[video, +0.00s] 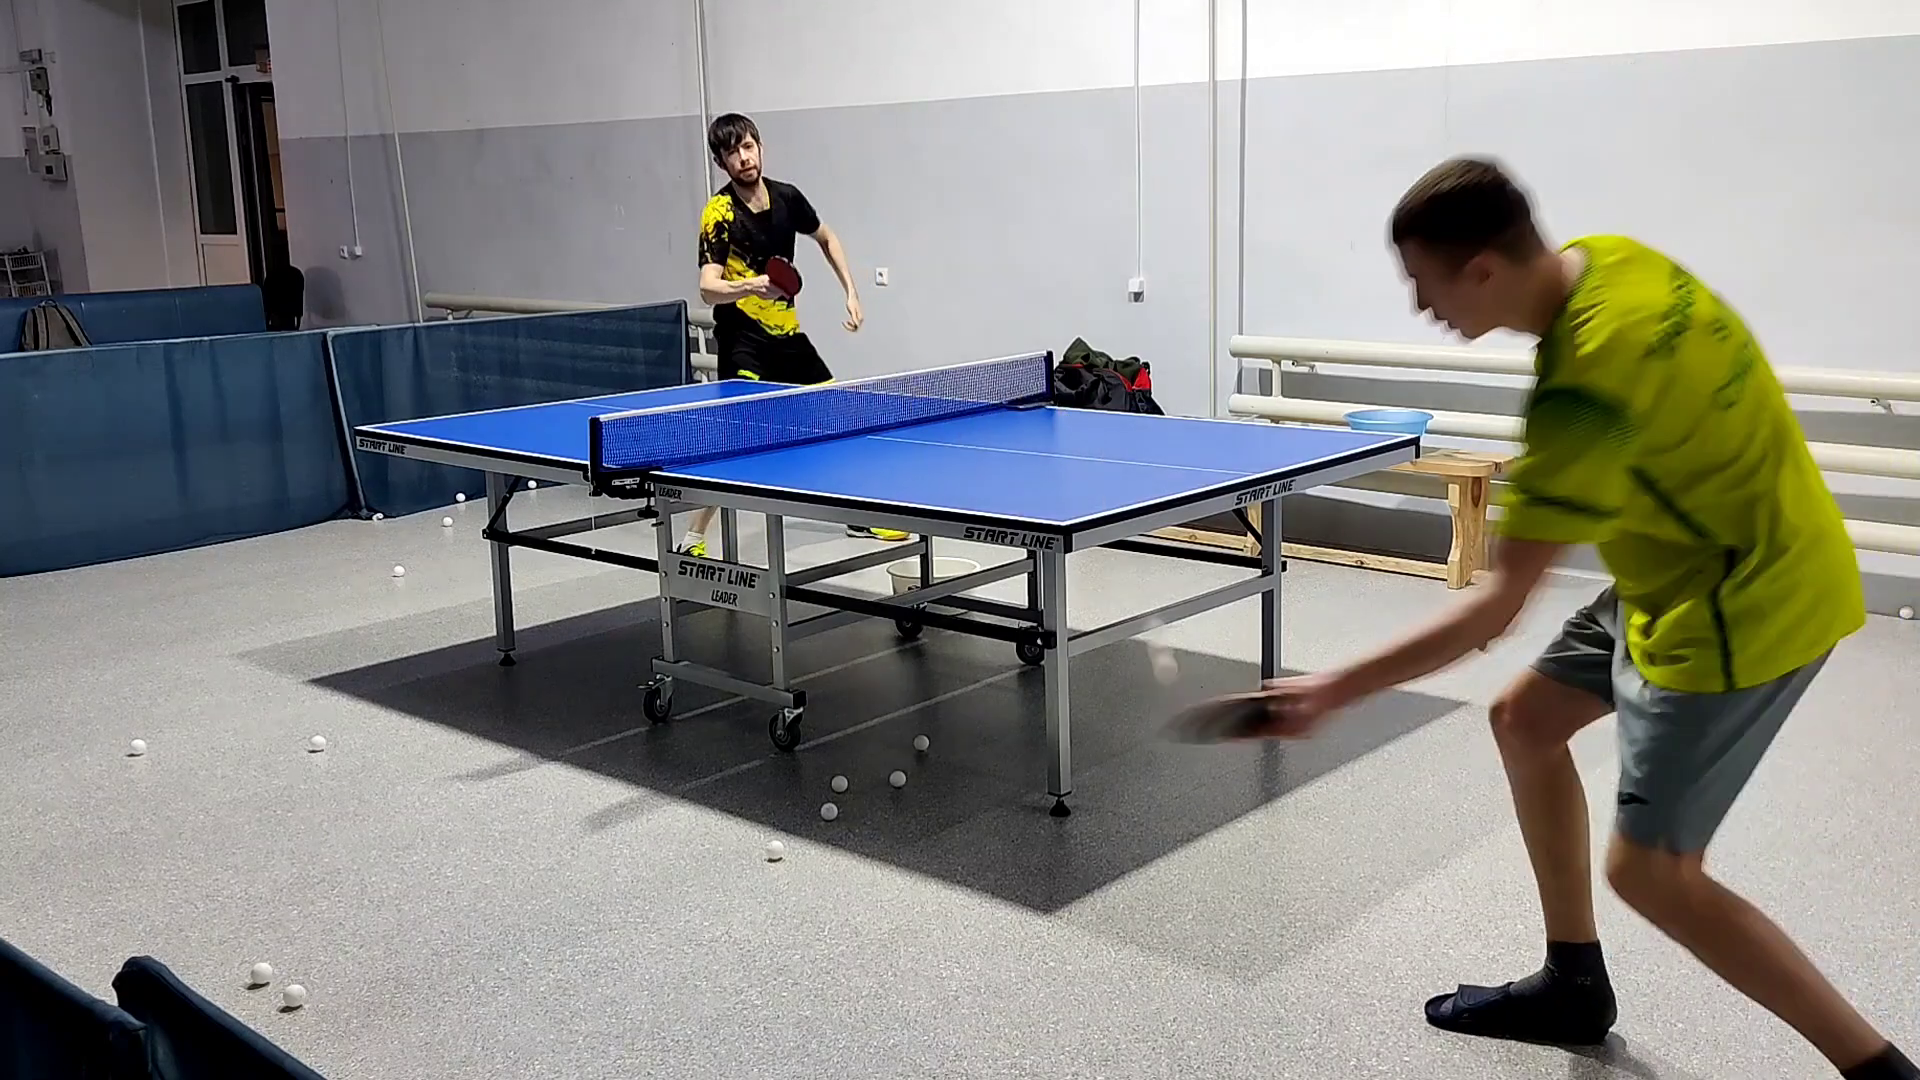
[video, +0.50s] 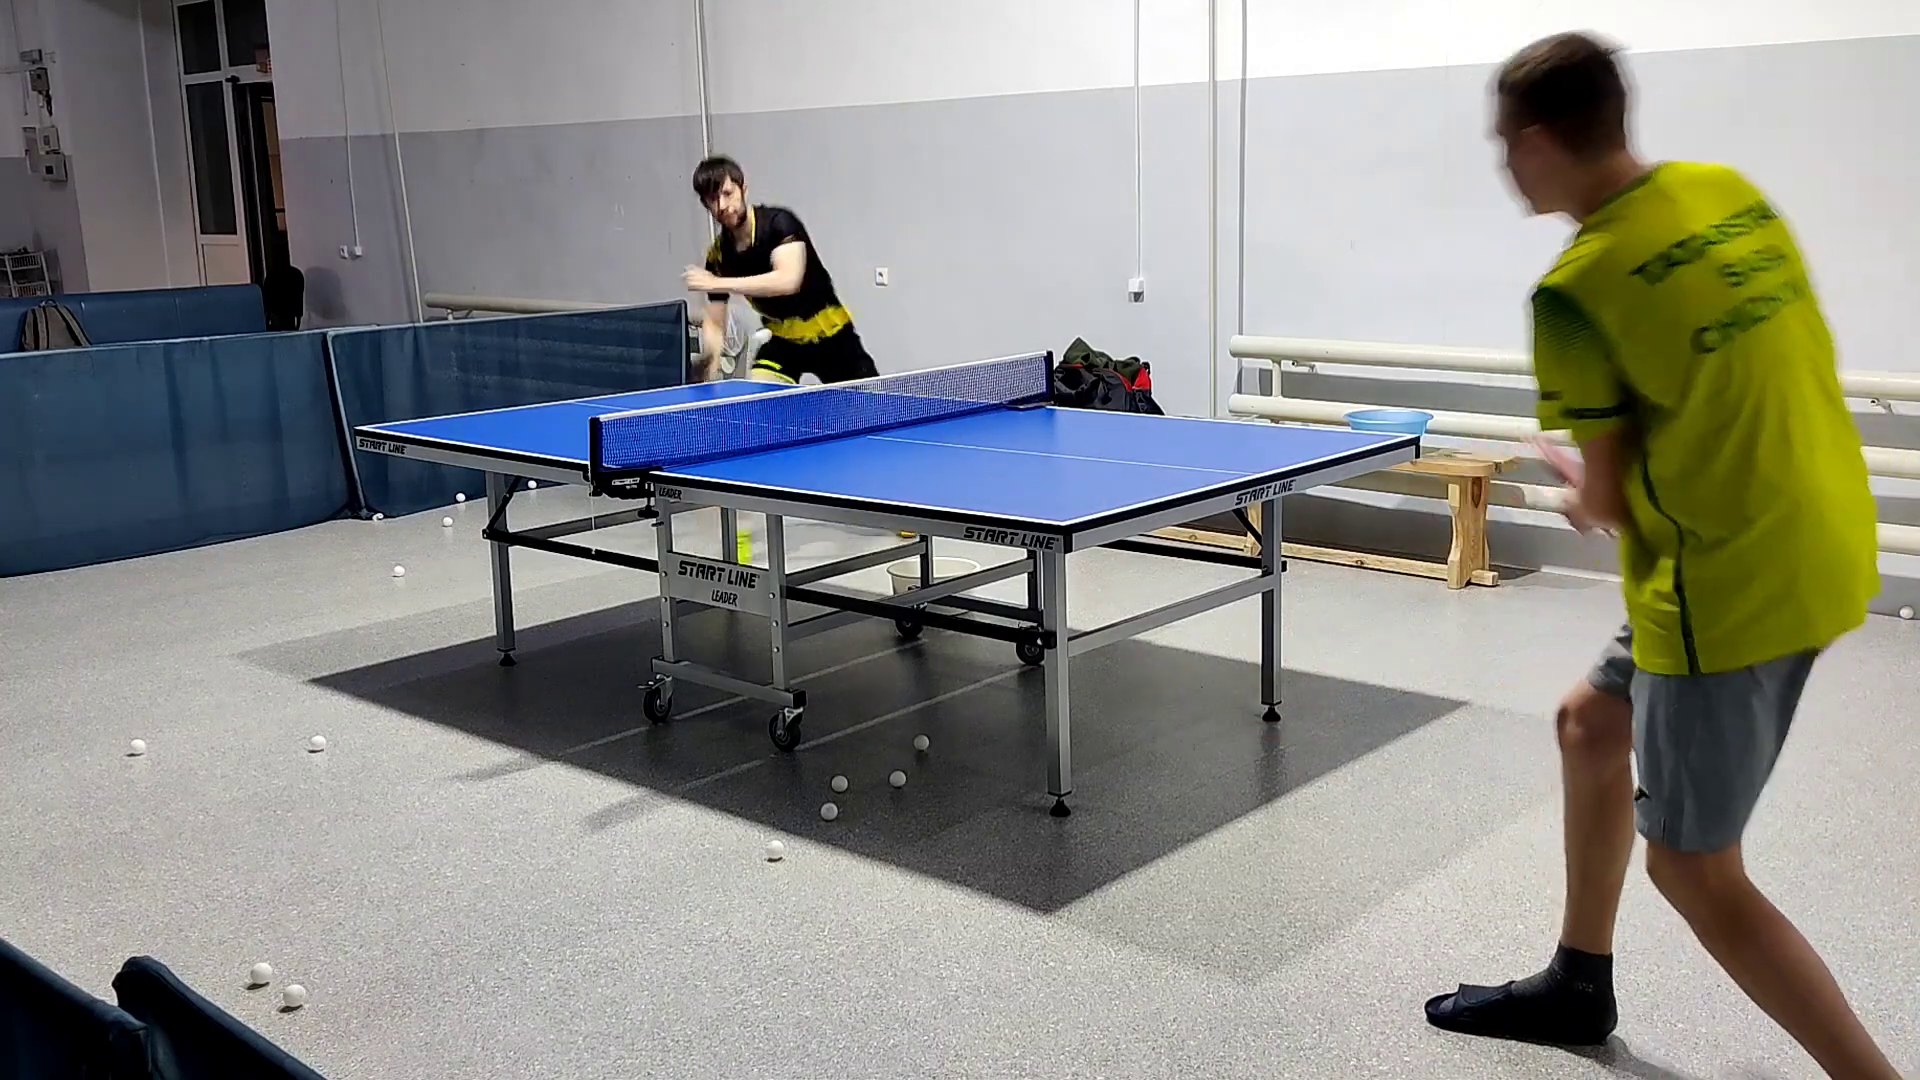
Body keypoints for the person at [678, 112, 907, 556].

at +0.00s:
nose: (744, 157)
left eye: (749, 146)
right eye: (733, 152)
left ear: (761, 147)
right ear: (721, 161)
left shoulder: (787, 197)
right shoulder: (718, 212)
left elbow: (825, 238)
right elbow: (707, 289)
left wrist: (851, 293)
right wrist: (746, 287)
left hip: (788, 333)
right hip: (742, 335)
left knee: (841, 411)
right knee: (740, 433)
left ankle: (860, 511)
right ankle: (695, 538)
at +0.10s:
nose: (739, 153)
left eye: (744, 141)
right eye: (728, 147)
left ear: (757, 142)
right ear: (717, 155)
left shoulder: (786, 192)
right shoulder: (713, 207)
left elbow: (824, 237)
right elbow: (702, 283)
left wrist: (843, 294)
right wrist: (741, 286)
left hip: (787, 329)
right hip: (739, 331)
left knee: (833, 414)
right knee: (731, 427)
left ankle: (864, 509)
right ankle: (695, 535)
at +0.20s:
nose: (737, 158)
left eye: (742, 146)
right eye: (726, 152)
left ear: (754, 146)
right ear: (715, 159)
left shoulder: (786, 194)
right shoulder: (709, 211)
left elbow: (843, 238)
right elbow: (697, 285)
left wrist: (839, 289)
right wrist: (729, 288)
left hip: (789, 330)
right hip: (738, 333)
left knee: (836, 412)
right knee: (727, 424)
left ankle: (862, 506)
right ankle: (697, 535)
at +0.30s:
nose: (737, 175)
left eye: (742, 163)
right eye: (727, 169)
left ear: (754, 162)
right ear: (715, 176)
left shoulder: (789, 208)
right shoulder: (710, 227)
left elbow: (852, 252)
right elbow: (696, 300)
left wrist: (828, 291)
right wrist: (721, 299)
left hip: (795, 344)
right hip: (744, 347)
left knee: (853, 419)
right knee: (735, 438)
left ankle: (864, 509)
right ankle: (696, 538)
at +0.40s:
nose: (730, 185)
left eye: (735, 173)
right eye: (720, 179)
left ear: (749, 170)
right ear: (711, 186)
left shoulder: (790, 210)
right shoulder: (714, 236)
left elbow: (829, 267)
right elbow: (703, 304)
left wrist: (773, 283)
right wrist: (708, 319)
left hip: (813, 343)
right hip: (759, 349)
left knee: (865, 417)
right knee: (729, 434)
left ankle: (886, 506)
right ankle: (705, 537)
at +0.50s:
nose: (723, 206)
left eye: (728, 194)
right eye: (713, 199)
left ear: (743, 189)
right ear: (706, 204)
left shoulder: (780, 223)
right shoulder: (719, 256)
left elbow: (788, 281)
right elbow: (714, 322)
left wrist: (717, 284)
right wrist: (712, 360)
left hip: (832, 338)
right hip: (784, 344)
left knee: (877, 410)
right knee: (754, 410)